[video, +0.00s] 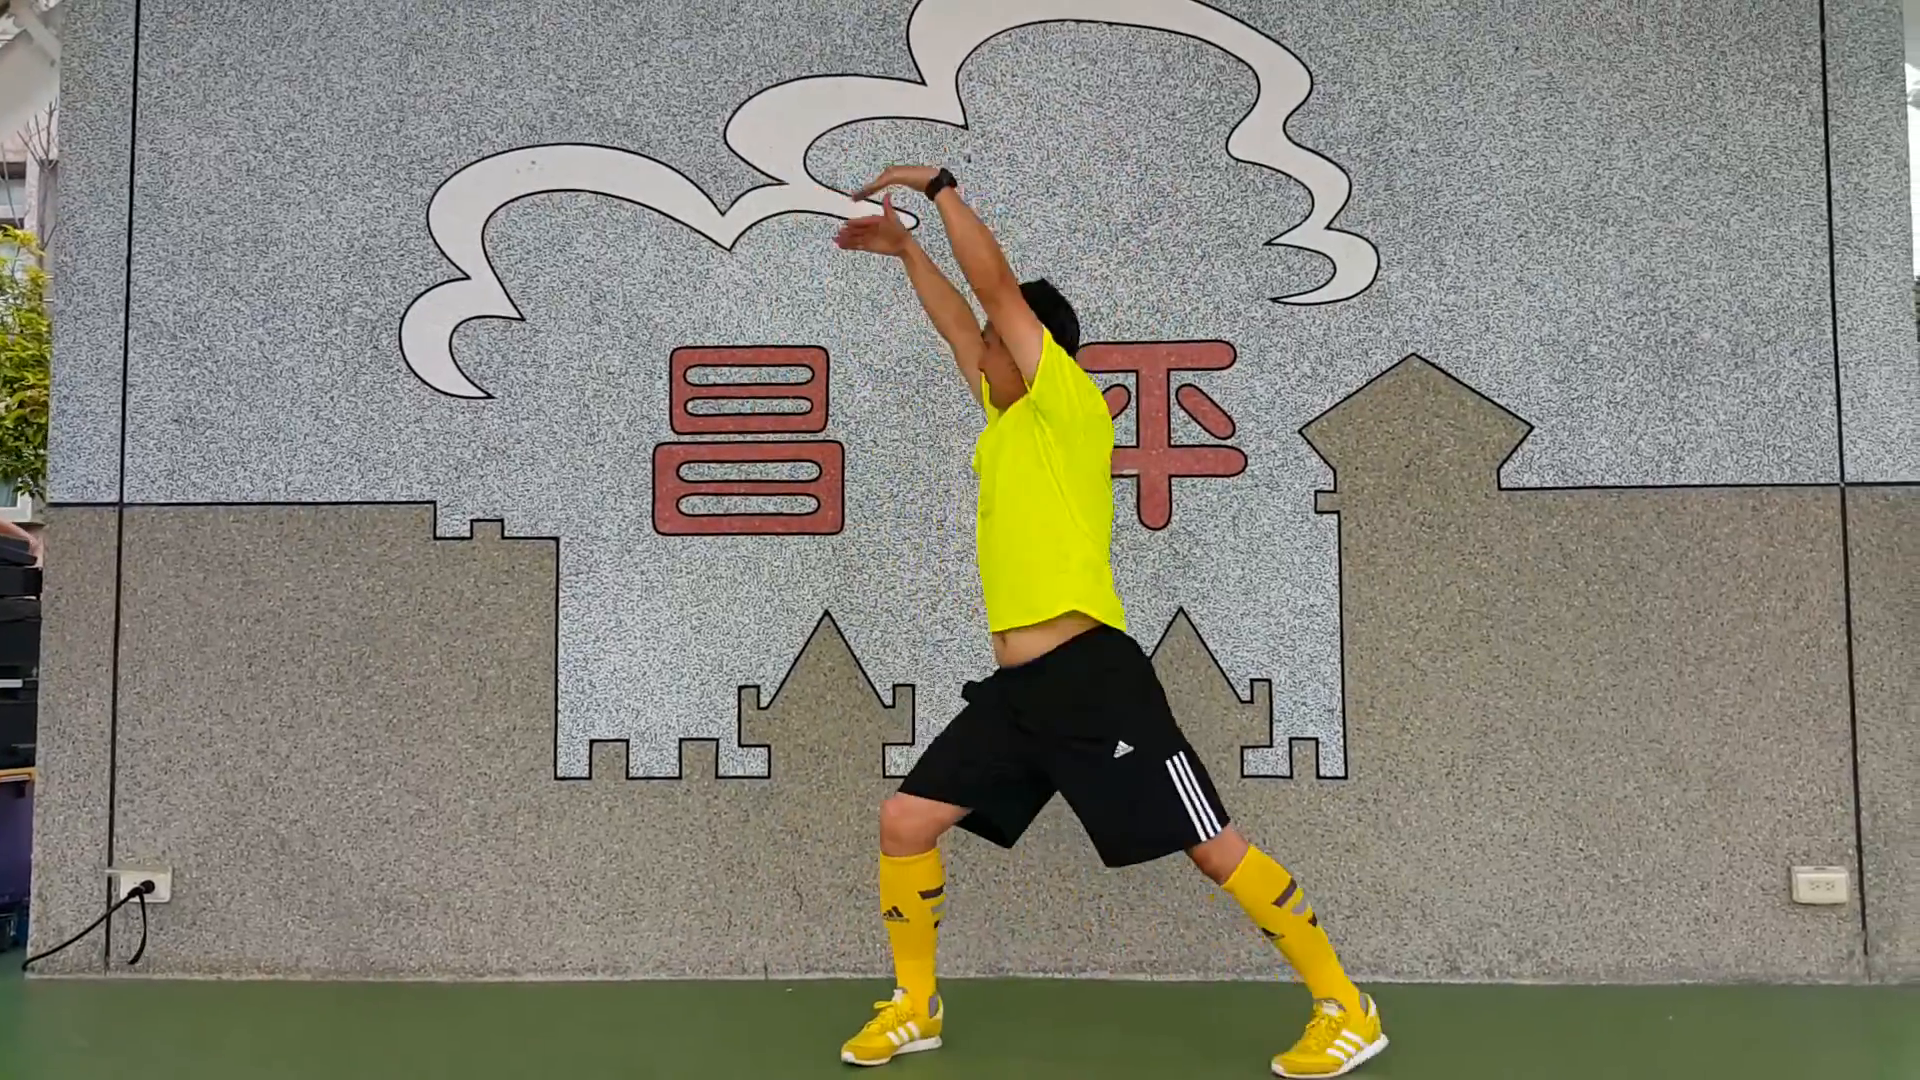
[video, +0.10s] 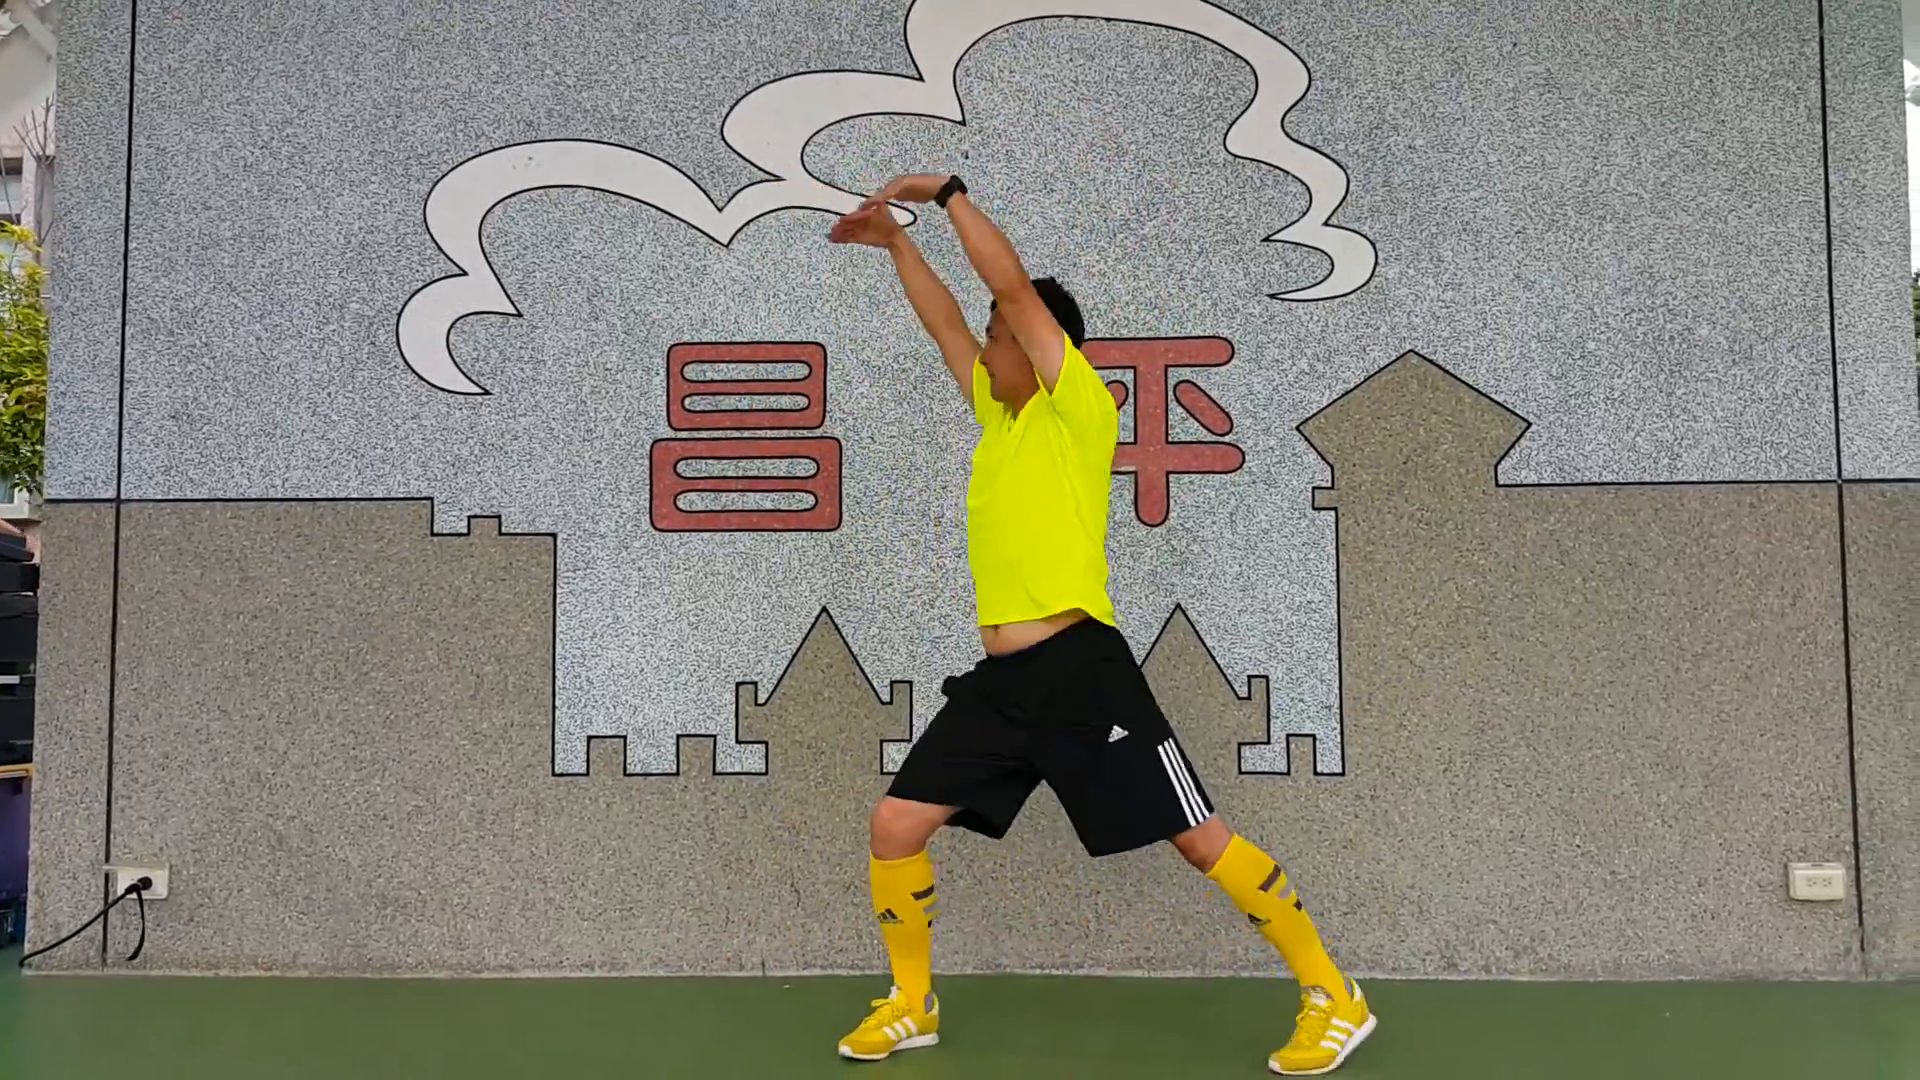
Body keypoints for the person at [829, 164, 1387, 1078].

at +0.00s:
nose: (985, 354)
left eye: (1001, 335)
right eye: (985, 340)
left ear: (1045, 339)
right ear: (1002, 355)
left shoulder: (1074, 406)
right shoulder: (1008, 420)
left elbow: (1000, 294)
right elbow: (959, 330)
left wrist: (938, 189)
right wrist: (902, 247)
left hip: (1097, 675)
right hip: (1015, 689)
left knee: (1216, 848)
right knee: (907, 821)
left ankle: (1347, 1008)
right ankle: (913, 1006)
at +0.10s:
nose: (986, 346)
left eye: (1002, 331)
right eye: (988, 333)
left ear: (1047, 343)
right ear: (997, 352)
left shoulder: (1081, 407)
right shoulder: (999, 416)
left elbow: (1012, 289)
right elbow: (949, 328)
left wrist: (946, 190)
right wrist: (895, 241)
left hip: (1087, 667)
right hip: (1000, 680)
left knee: (1200, 836)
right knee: (896, 825)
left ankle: (1334, 996)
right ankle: (910, 1005)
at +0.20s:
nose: (978, 310)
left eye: (994, 297)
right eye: (976, 298)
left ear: (1041, 305)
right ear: (977, 311)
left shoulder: (1072, 373)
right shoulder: (961, 378)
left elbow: (1064, 263)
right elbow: (890, 300)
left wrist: (997, 162)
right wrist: (856, 197)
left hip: (1059, 635)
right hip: (966, 644)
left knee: (1158, 811)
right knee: (896, 817)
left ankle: (1275, 970)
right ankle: (909, 999)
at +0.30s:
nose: (985, 276)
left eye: (1002, 263)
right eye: (973, 265)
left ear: (1039, 278)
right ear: (959, 282)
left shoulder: (1069, 352)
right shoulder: (928, 352)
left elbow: (1126, 293)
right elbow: (830, 310)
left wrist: (1068, 184)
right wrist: (818, 201)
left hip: (1049, 607)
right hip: (946, 614)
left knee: (1125, 788)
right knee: (910, 806)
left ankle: (1192, 968)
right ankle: (897, 991)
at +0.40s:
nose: (986, 263)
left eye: (1002, 251)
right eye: (970, 252)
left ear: (1027, 271)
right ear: (952, 272)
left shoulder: (1059, 348)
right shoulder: (918, 352)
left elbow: (1143, 385)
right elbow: (804, 382)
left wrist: (1126, 290)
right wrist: (793, 282)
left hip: (1042, 598)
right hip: (940, 600)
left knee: (1095, 788)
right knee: (902, 794)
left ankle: (1138, 980)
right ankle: (863, 976)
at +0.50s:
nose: (985, 276)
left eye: (999, 262)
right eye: (968, 265)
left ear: (1023, 279)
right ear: (947, 285)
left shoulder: (1063, 375)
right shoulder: (913, 379)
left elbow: (1117, 485)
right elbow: (842, 477)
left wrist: (1140, 437)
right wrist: (794, 418)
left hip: (1032, 611)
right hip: (930, 612)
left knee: (1079, 792)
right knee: (897, 794)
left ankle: (1132, 979)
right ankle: (864, 975)